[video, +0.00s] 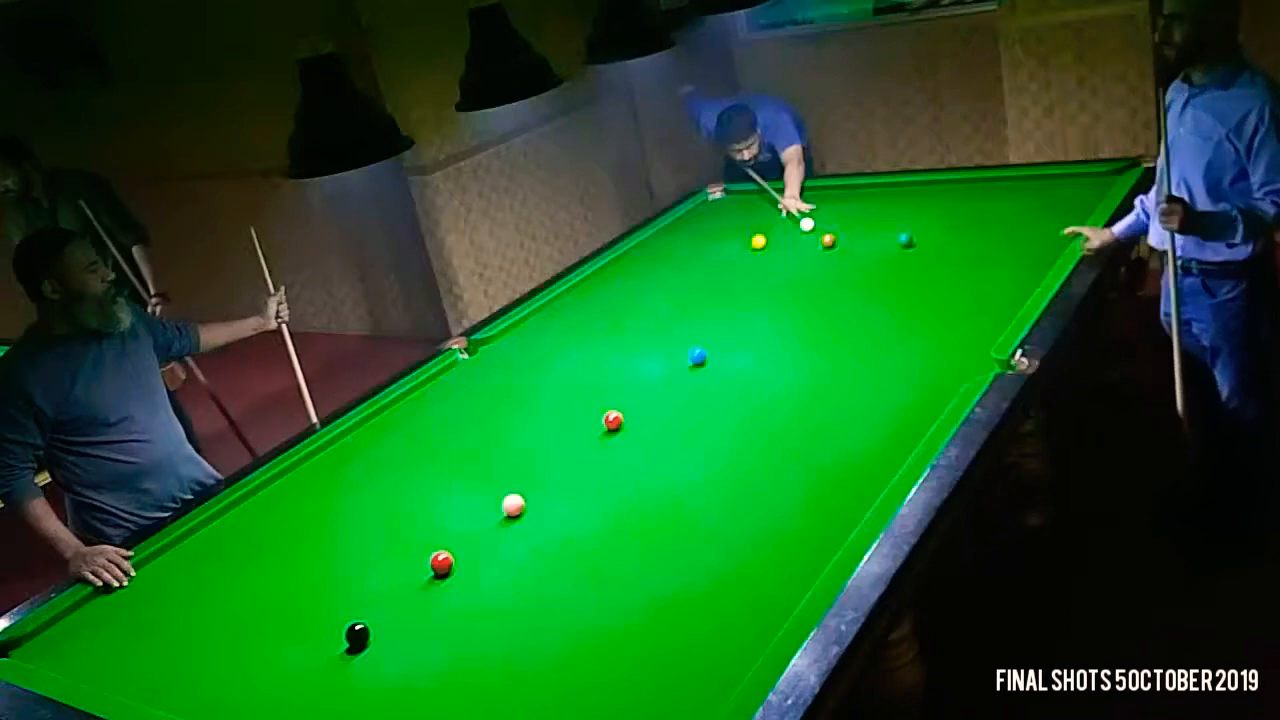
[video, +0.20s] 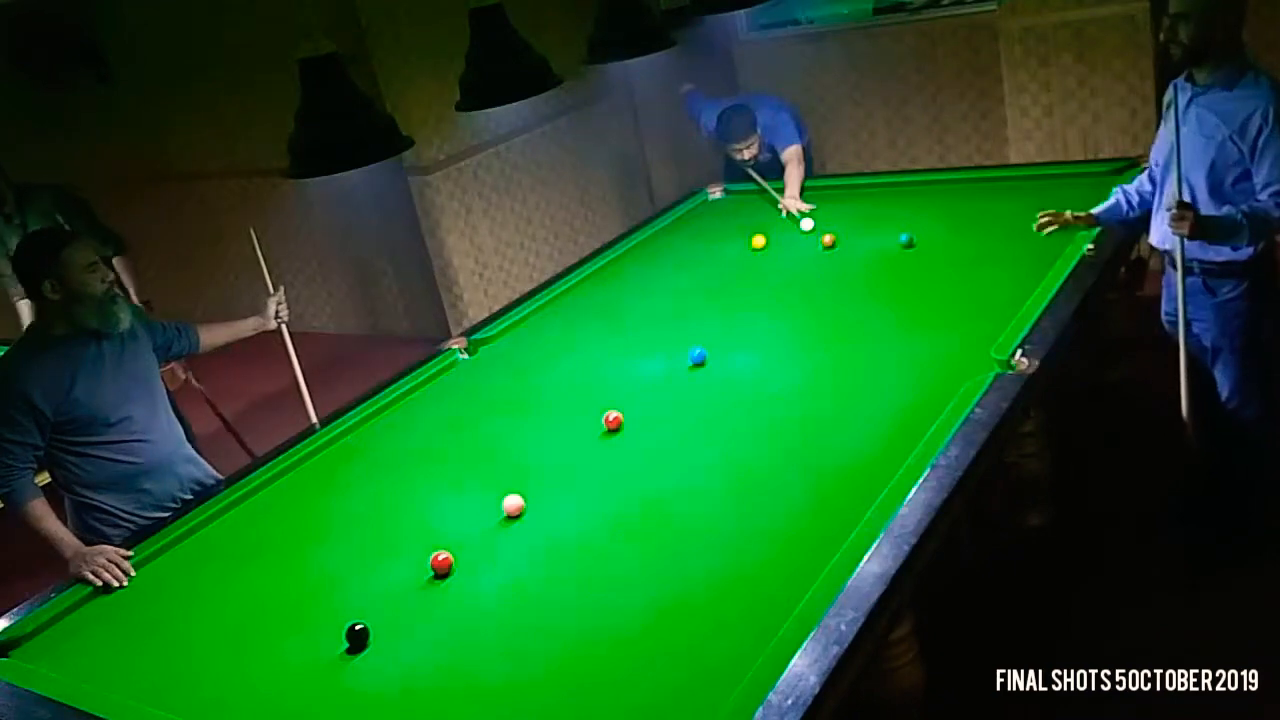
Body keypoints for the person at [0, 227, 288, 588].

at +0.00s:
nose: (108, 275)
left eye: (102, 264)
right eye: (91, 268)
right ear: (52, 289)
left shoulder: (133, 325)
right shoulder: (23, 372)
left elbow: (188, 337)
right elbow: (14, 477)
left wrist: (262, 321)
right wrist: (75, 552)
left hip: (206, 504)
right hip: (129, 544)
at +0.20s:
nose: (108, 275)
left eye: (104, 265)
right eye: (91, 268)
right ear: (52, 289)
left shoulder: (131, 327)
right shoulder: (24, 371)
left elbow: (189, 338)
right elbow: (13, 476)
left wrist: (261, 321)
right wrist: (74, 552)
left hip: (207, 505)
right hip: (130, 544)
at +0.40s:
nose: (109, 276)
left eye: (103, 265)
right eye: (91, 269)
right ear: (52, 290)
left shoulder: (129, 326)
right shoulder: (25, 369)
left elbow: (188, 338)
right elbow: (13, 475)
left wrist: (261, 321)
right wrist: (74, 552)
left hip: (206, 504)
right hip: (130, 544)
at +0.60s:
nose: (110, 277)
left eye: (103, 266)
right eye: (91, 270)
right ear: (51, 291)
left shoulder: (131, 326)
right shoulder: (24, 372)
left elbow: (188, 338)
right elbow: (13, 477)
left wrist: (261, 321)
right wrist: (75, 552)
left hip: (206, 503)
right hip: (130, 544)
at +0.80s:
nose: (110, 277)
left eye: (102, 266)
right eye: (91, 270)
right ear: (50, 291)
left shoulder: (131, 325)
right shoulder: (25, 373)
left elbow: (187, 338)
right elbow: (13, 477)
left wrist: (261, 321)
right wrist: (75, 552)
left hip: (206, 503)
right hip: (129, 543)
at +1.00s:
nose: (109, 278)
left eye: (101, 267)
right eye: (90, 272)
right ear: (47, 291)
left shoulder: (130, 325)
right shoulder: (25, 373)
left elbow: (187, 337)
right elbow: (13, 477)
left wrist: (260, 321)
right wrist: (75, 552)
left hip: (206, 503)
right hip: (130, 544)